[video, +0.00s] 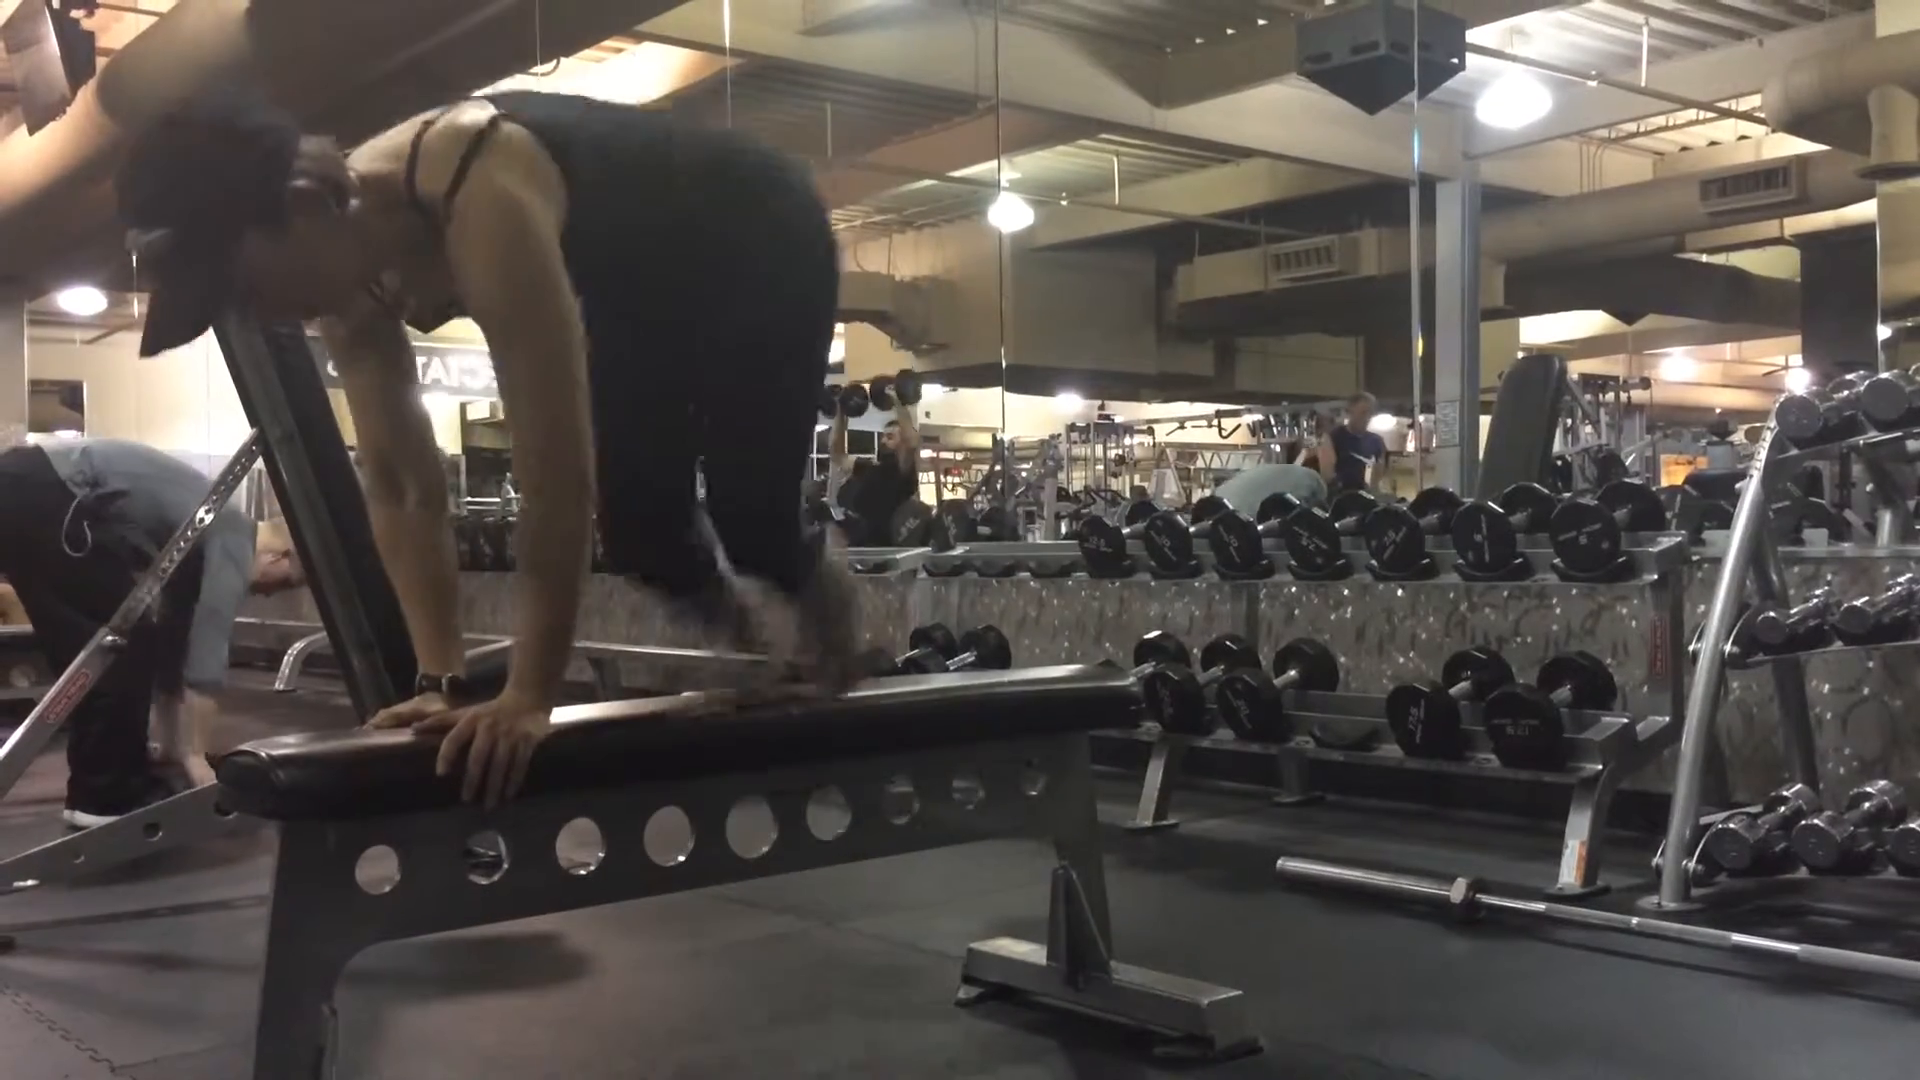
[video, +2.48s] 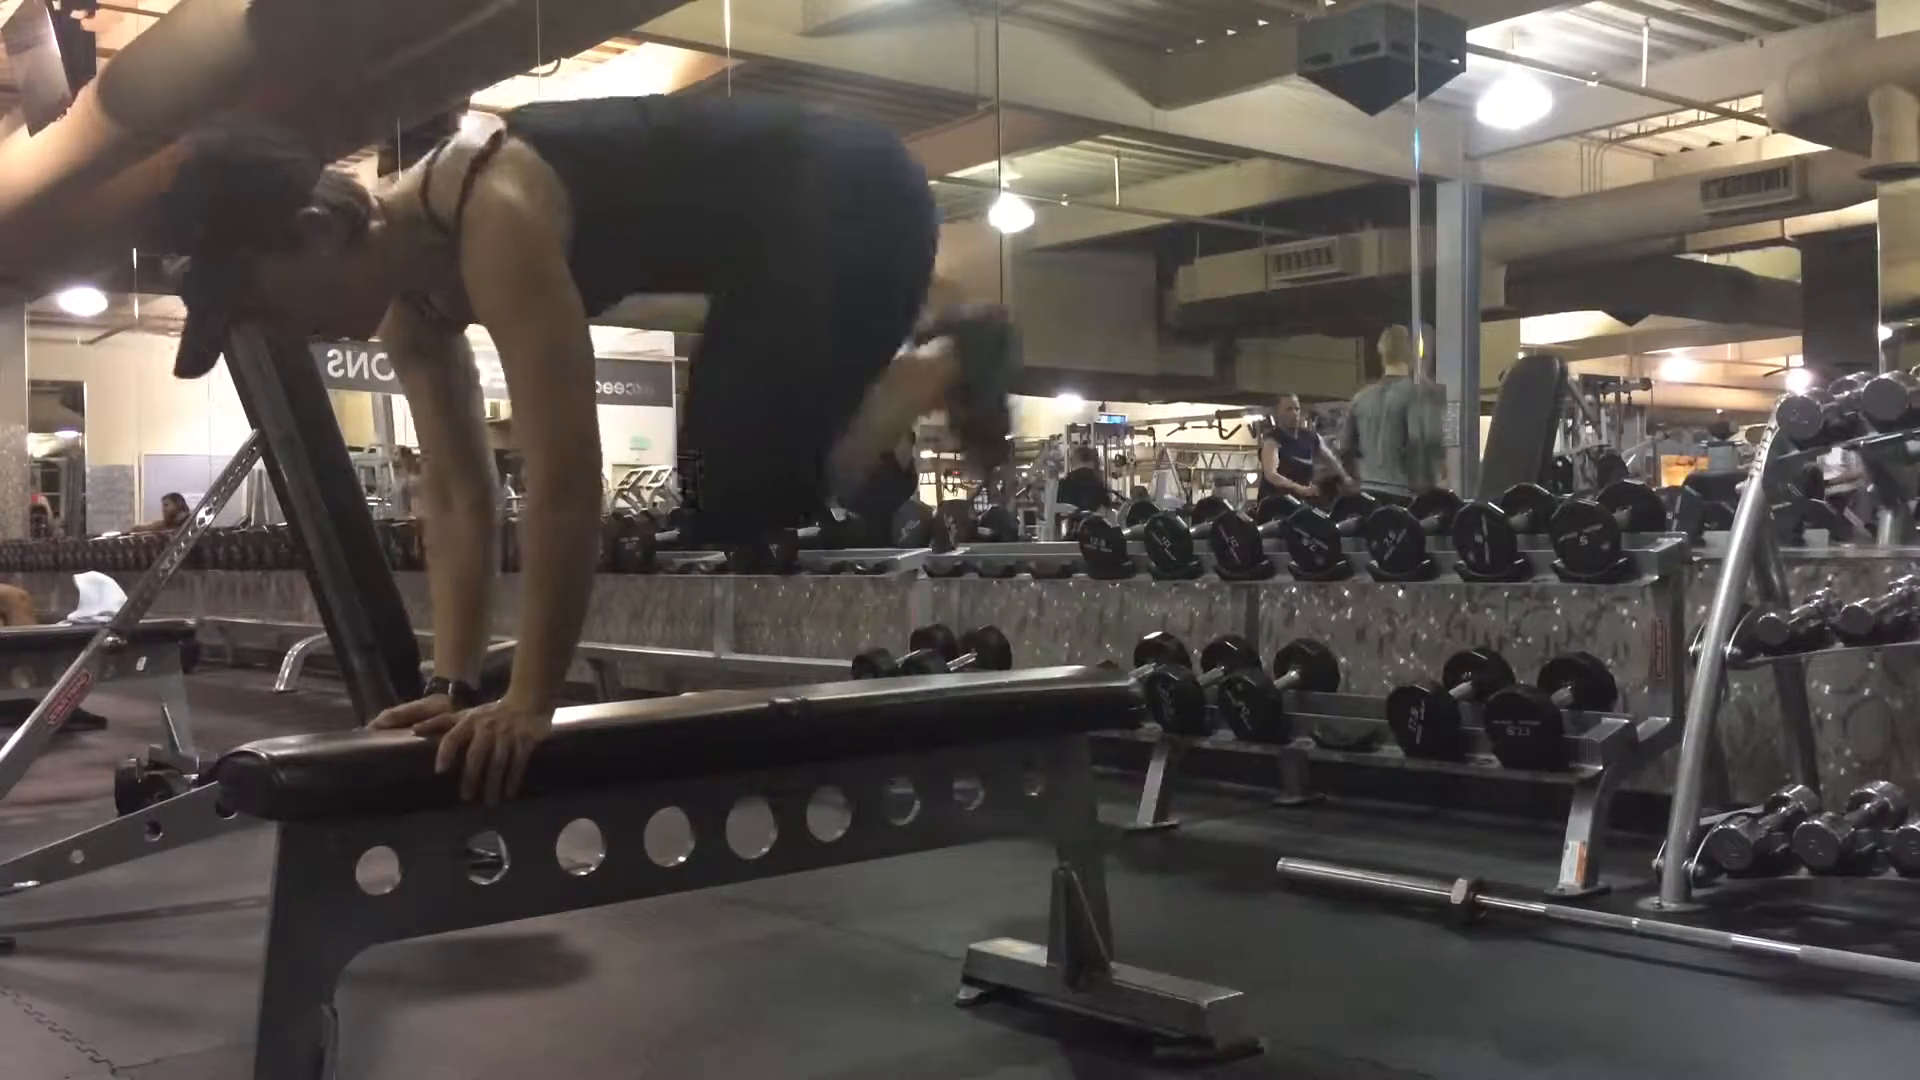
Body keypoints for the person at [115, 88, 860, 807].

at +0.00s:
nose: (261, 318)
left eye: (251, 284)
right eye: (239, 302)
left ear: (306, 198)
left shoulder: (484, 193)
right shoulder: (337, 276)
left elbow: (555, 473)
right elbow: (398, 474)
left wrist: (528, 696)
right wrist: (443, 683)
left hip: (759, 236)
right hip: (634, 280)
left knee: (758, 526)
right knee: (649, 535)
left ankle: (845, 628)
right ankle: (750, 635)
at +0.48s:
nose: (247, 311)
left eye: (233, 279)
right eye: (224, 296)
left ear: (289, 200)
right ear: (274, 216)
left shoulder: (487, 212)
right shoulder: (391, 268)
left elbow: (568, 478)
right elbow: (452, 473)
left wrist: (532, 696)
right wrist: (449, 667)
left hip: (876, 325)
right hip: (814, 357)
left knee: (935, 692)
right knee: (908, 689)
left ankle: (1126, 961)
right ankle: (1111, 939)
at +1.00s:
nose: (272, 352)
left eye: (249, 329)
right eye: (243, 344)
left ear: (277, 238)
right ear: (273, 237)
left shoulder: (445, 218)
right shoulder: (368, 275)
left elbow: (537, 467)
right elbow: (421, 483)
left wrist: (525, 696)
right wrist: (443, 680)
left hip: (793, 160)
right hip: (712, 194)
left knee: (712, 466)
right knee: (675, 461)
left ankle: (911, 308)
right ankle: (880, 308)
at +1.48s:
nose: (249, 324)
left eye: (240, 296)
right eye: (227, 310)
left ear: (299, 216)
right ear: (296, 225)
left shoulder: (482, 230)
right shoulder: (340, 306)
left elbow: (586, 481)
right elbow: (407, 491)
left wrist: (528, 697)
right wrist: (443, 680)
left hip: (749, 374)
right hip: (637, 409)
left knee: (761, 638)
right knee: (669, 658)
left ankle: (793, 837)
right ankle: (695, 850)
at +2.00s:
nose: (248, 315)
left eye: (233, 283)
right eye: (226, 300)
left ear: (290, 206)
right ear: (278, 222)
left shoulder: (476, 216)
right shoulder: (399, 277)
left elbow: (562, 480)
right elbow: (445, 484)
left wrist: (528, 697)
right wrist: (448, 678)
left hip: (857, 278)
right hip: (788, 316)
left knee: (917, 609)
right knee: (866, 624)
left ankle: (1146, 859)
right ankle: (1095, 839)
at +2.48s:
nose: (294, 340)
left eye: (274, 313)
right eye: (268, 329)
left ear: (316, 231)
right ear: (303, 241)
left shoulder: (500, 216)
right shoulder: (409, 288)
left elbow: (566, 481)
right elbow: (451, 489)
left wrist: (526, 704)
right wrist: (451, 681)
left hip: (847, 198)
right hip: (772, 233)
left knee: (754, 500)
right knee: (728, 500)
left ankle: (943, 365)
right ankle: (930, 371)